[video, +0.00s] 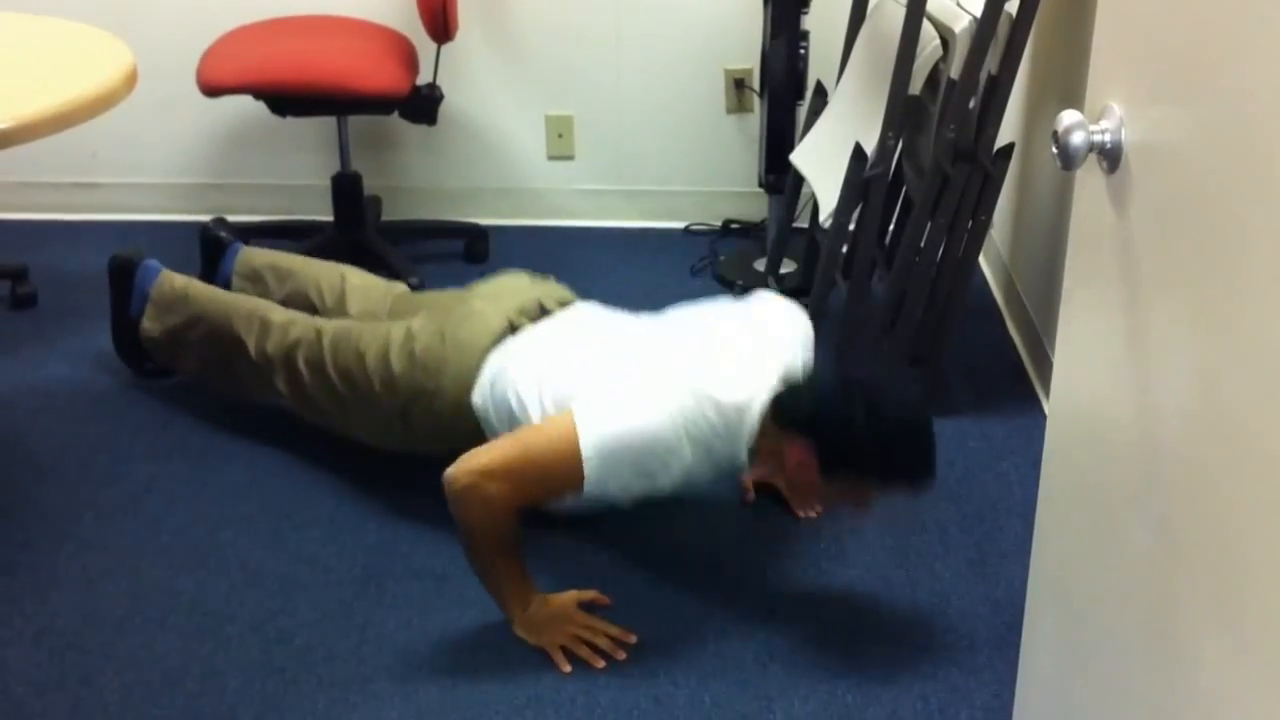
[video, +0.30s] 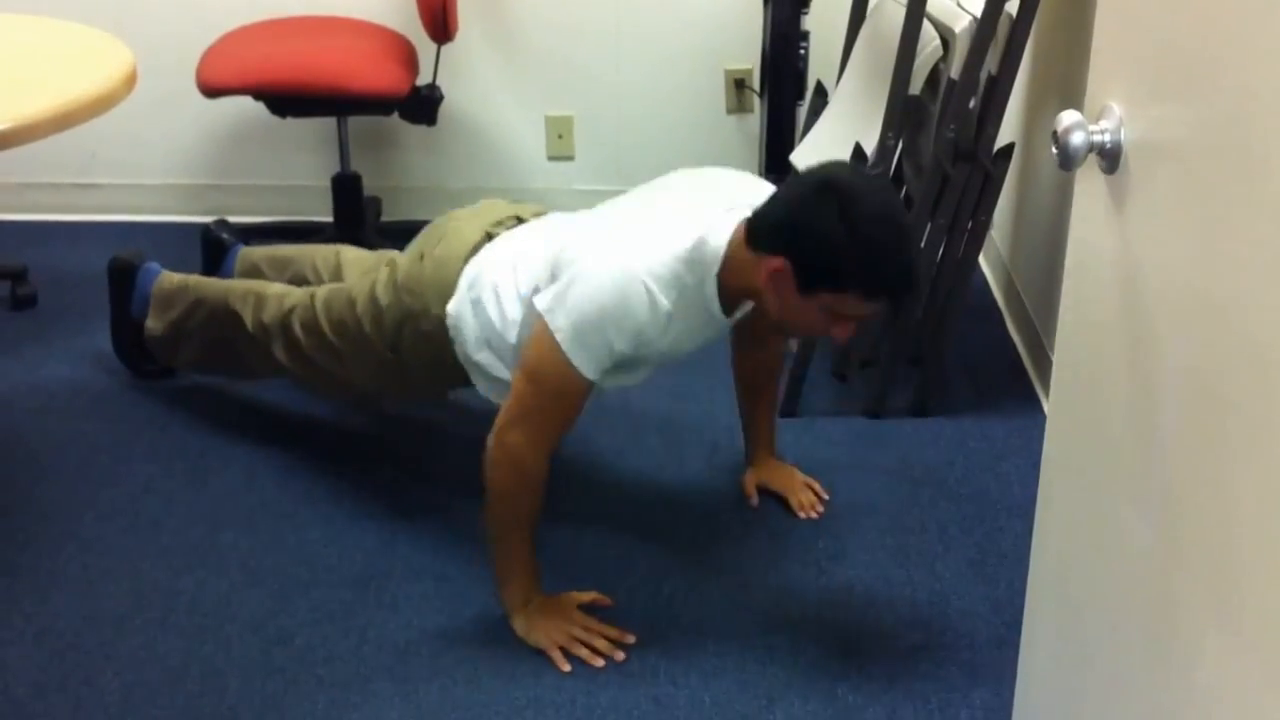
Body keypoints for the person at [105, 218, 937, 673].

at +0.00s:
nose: (841, 514)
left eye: (858, 505)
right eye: (846, 499)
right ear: (804, 454)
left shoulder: (786, 325)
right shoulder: (664, 434)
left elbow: (714, 328)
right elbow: (472, 485)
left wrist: (763, 453)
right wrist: (526, 608)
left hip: (542, 302)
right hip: (471, 377)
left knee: (391, 306)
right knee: (297, 357)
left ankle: (245, 257)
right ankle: (159, 306)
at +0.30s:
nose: (841, 338)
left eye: (858, 324)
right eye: (838, 318)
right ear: (782, 275)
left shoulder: (770, 215)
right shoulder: (626, 296)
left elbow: (761, 332)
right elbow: (517, 443)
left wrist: (764, 454)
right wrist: (525, 598)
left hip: (515, 224)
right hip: (458, 298)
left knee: (378, 265)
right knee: (296, 328)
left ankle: (239, 257)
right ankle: (156, 312)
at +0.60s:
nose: (845, 553)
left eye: (862, 545)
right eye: (848, 540)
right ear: (811, 505)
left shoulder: (794, 364)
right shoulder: (675, 466)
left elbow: (772, 308)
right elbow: (475, 481)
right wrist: (525, 608)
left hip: (544, 321)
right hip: (466, 394)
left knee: (395, 317)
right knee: (297, 364)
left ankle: (246, 260)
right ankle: (160, 307)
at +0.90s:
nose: (837, 463)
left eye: (853, 459)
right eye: (842, 452)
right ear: (798, 415)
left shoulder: (780, 299)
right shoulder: (657, 401)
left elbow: (755, 375)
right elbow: (476, 479)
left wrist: (760, 453)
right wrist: (528, 607)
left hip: (533, 289)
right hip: (469, 366)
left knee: (381, 296)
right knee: (295, 355)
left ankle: (241, 254)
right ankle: (161, 305)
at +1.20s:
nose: (843, 347)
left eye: (858, 333)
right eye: (841, 329)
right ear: (785, 289)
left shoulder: (765, 216)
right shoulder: (632, 309)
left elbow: (765, 336)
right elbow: (506, 451)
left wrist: (765, 452)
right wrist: (525, 602)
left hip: (512, 240)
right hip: (455, 316)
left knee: (373, 268)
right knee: (293, 332)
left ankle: (240, 253)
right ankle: (156, 309)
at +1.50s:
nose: (839, 561)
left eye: (854, 552)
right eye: (843, 548)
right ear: (803, 512)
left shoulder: (790, 376)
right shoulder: (678, 472)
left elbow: (780, 309)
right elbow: (478, 487)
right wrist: (528, 606)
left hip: (542, 328)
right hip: (466, 398)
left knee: (388, 313)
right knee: (294, 364)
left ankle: (240, 255)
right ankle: (159, 304)